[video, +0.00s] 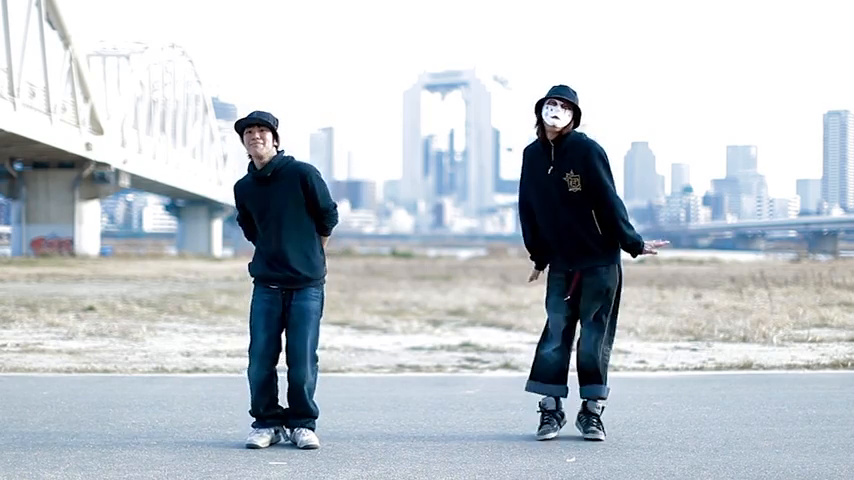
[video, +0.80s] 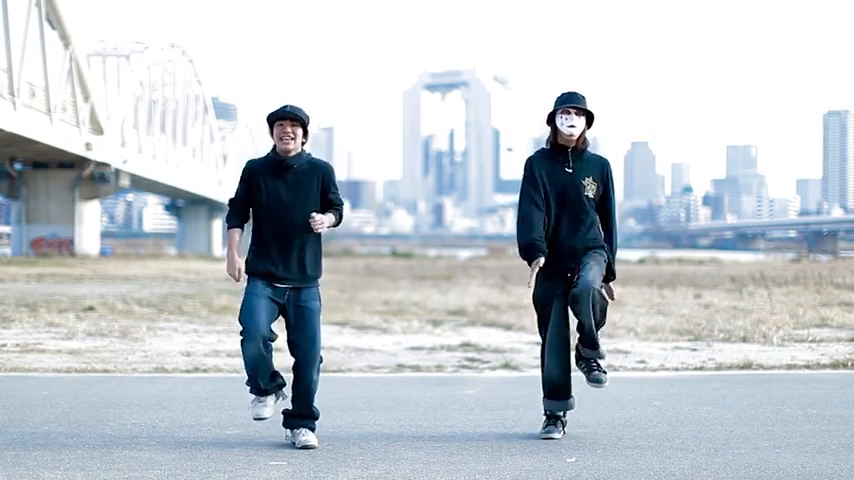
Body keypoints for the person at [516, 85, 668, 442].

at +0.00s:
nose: (554, 112)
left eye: (563, 108)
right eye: (550, 105)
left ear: (573, 116)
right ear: (540, 111)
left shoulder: (586, 150)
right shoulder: (532, 153)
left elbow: (608, 199)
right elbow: (527, 207)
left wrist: (634, 243)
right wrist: (538, 255)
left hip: (599, 258)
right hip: (561, 258)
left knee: (595, 333)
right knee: (555, 330)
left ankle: (590, 412)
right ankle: (550, 411)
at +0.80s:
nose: (570, 121)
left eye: (577, 115)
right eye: (564, 115)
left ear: (585, 123)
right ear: (554, 120)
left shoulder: (599, 165)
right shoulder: (537, 163)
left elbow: (608, 221)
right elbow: (530, 210)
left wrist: (608, 272)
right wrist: (535, 251)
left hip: (592, 249)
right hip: (553, 255)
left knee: (586, 287)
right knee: (553, 334)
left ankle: (588, 353)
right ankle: (554, 412)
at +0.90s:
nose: (572, 116)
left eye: (578, 111)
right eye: (566, 111)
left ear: (587, 118)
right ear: (555, 116)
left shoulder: (602, 161)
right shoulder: (541, 156)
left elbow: (601, 207)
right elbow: (531, 191)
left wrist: (592, 238)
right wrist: (538, 212)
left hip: (588, 238)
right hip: (550, 243)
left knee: (585, 274)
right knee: (552, 327)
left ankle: (585, 324)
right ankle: (555, 410)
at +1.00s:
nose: (573, 113)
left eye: (579, 107)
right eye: (567, 107)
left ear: (589, 114)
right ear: (556, 113)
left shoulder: (603, 156)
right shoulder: (541, 152)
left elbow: (601, 202)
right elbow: (533, 194)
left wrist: (587, 230)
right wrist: (537, 219)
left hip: (590, 246)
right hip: (550, 246)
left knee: (587, 297)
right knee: (549, 327)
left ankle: (585, 354)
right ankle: (551, 407)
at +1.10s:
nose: (573, 120)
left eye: (579, 115)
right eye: (567, 114)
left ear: (589, 121)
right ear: (556, 120)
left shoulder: (604, 166)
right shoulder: (539, 163)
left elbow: (607, 218)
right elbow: (529, 212)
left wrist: (599, 255)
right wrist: (530, 257)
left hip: (592, 264)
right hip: (549, 264)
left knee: (596, 340)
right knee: (548, 342)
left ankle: (588, 408)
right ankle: (548, 415)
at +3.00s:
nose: (568, 126)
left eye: (574, 120)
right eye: (562, 121)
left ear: (585, 126)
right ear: (553, 129)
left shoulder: (607, 166)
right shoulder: (539, 170)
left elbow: (640, 189)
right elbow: (490, 168)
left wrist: (626, 221)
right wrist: (437, 166)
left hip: (604, 267)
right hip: (564, 268)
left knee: (599, 341)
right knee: (564, 343)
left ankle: (597, 416)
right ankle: (559, 417)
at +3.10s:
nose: (577, 119)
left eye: (582, 113)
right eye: (569, 115)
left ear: (594, 120)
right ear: (561, 123)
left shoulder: (608, 167)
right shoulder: (540, 154)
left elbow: (640, 196)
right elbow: (500, 125)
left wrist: (614, 219)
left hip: (594, 258)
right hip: (553, 258)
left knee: (593, 321)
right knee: (557, 334)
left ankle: (595, 382)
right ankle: (557, 412)